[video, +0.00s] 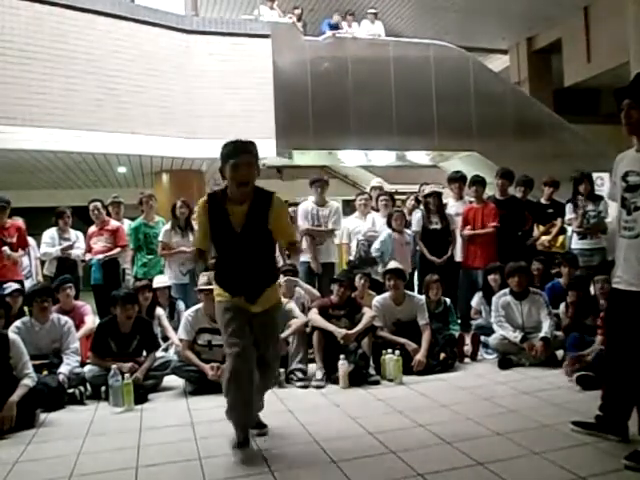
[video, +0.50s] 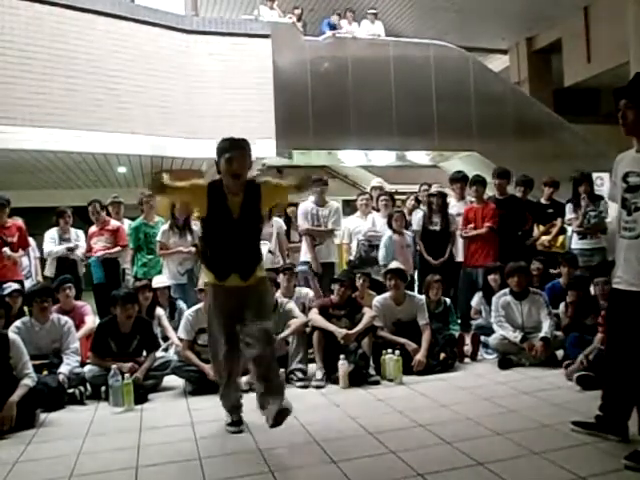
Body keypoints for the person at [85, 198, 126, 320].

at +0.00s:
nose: (95, 213)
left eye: (98, 210)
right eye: (92, 211)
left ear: (104, 210)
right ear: (90, 214)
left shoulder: (116, 226)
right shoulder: (91, 230)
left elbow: (122, 246)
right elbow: (88, 250)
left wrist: (105, 256)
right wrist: (88, 256)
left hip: (111, 263)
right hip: (96, 265)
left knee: (113, 296)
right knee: (100, 300)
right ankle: (104, 326)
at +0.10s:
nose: (95, 213)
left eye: (98, 210)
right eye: (92, 211)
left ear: (104, 210)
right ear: (90, 214)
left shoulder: (116, 226)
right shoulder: (91, 230)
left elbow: (122, 246)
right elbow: (88, 250)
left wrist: (105, 256)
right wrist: (88, 256)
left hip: (111, 263)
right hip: (96, 265)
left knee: (113, 295)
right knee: (100, 299)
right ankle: (104, 324)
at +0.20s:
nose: (96, 213)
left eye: (98, 210)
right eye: (93, 211)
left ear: (104, 210)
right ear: (90, 214)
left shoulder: (116, 226)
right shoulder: (90, 231)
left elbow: (122, 246)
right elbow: (88, 249)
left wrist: (105, 255)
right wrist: (88, 256)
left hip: (111, 263)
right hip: (96, 265)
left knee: (113, 295)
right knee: (100, 299)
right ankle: (104, 324)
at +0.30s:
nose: (96, 214)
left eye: (99, 211)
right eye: (93, 212)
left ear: (104, 211)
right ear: (91, 214)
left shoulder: (116, 226)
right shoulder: (90, 231)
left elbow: (122, 246)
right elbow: (89, 250)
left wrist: (105, 254)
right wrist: (87, 256)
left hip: (111, 262)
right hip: (96, 265)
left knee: (113, 295)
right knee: (100, 298)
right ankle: (104, 323)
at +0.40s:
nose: (96, 215)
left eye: (99, 211)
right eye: (93, 212)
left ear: (104, 211)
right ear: (91, 215)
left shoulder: (116, 226)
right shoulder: (91, 230)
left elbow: (122, 246)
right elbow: (89, 250)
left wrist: (105, 254)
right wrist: (88, 255)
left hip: (111, 262)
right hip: (96, 265)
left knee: (113, 294)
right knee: (100, 296)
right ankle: (104, 323)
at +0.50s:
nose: (96, 217)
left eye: (98, 213)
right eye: (92, 214)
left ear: (104, 211)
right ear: (90, 215)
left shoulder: (116, 226)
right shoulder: (91, 230)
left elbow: (123, 246)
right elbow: (89, 249)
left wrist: (105, 253)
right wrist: (86, 254)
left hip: (111, 261)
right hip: (96, 264)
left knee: (113, 293)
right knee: (100, 296)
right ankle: (104, 323)